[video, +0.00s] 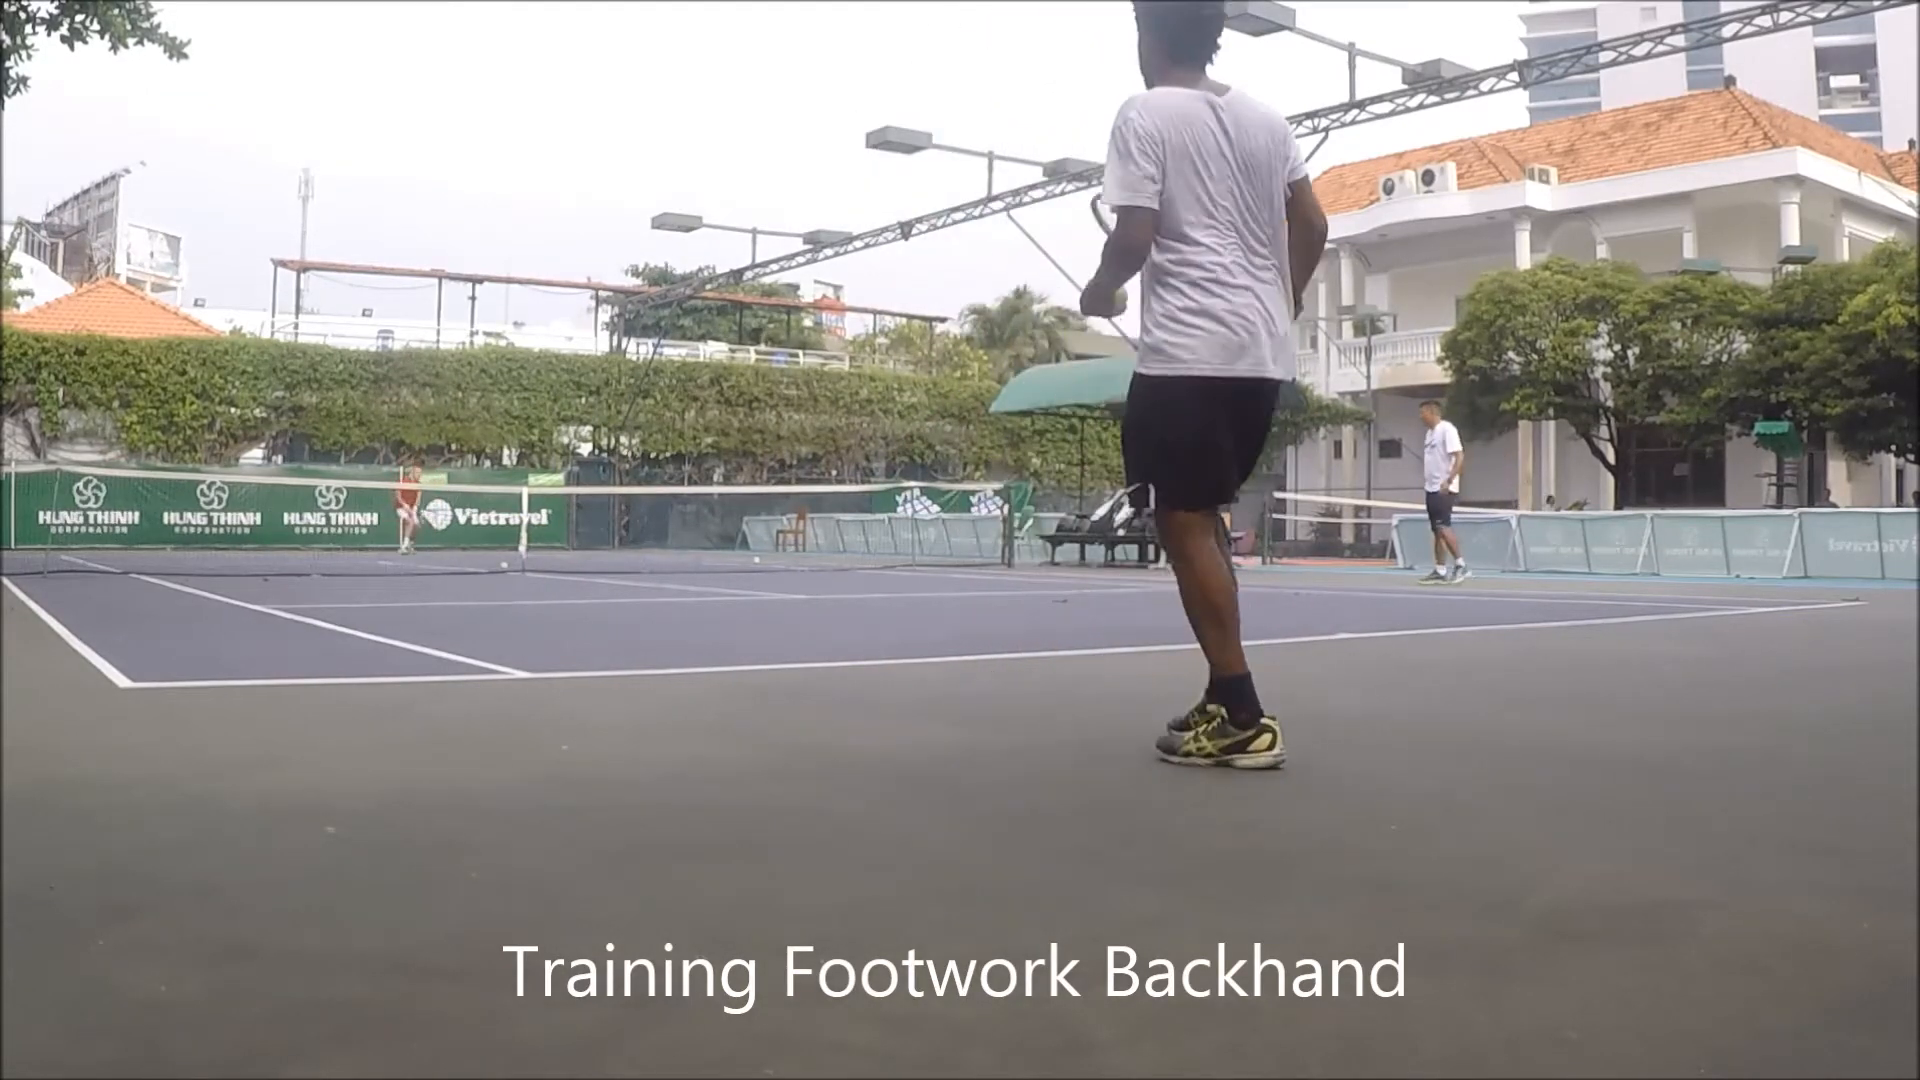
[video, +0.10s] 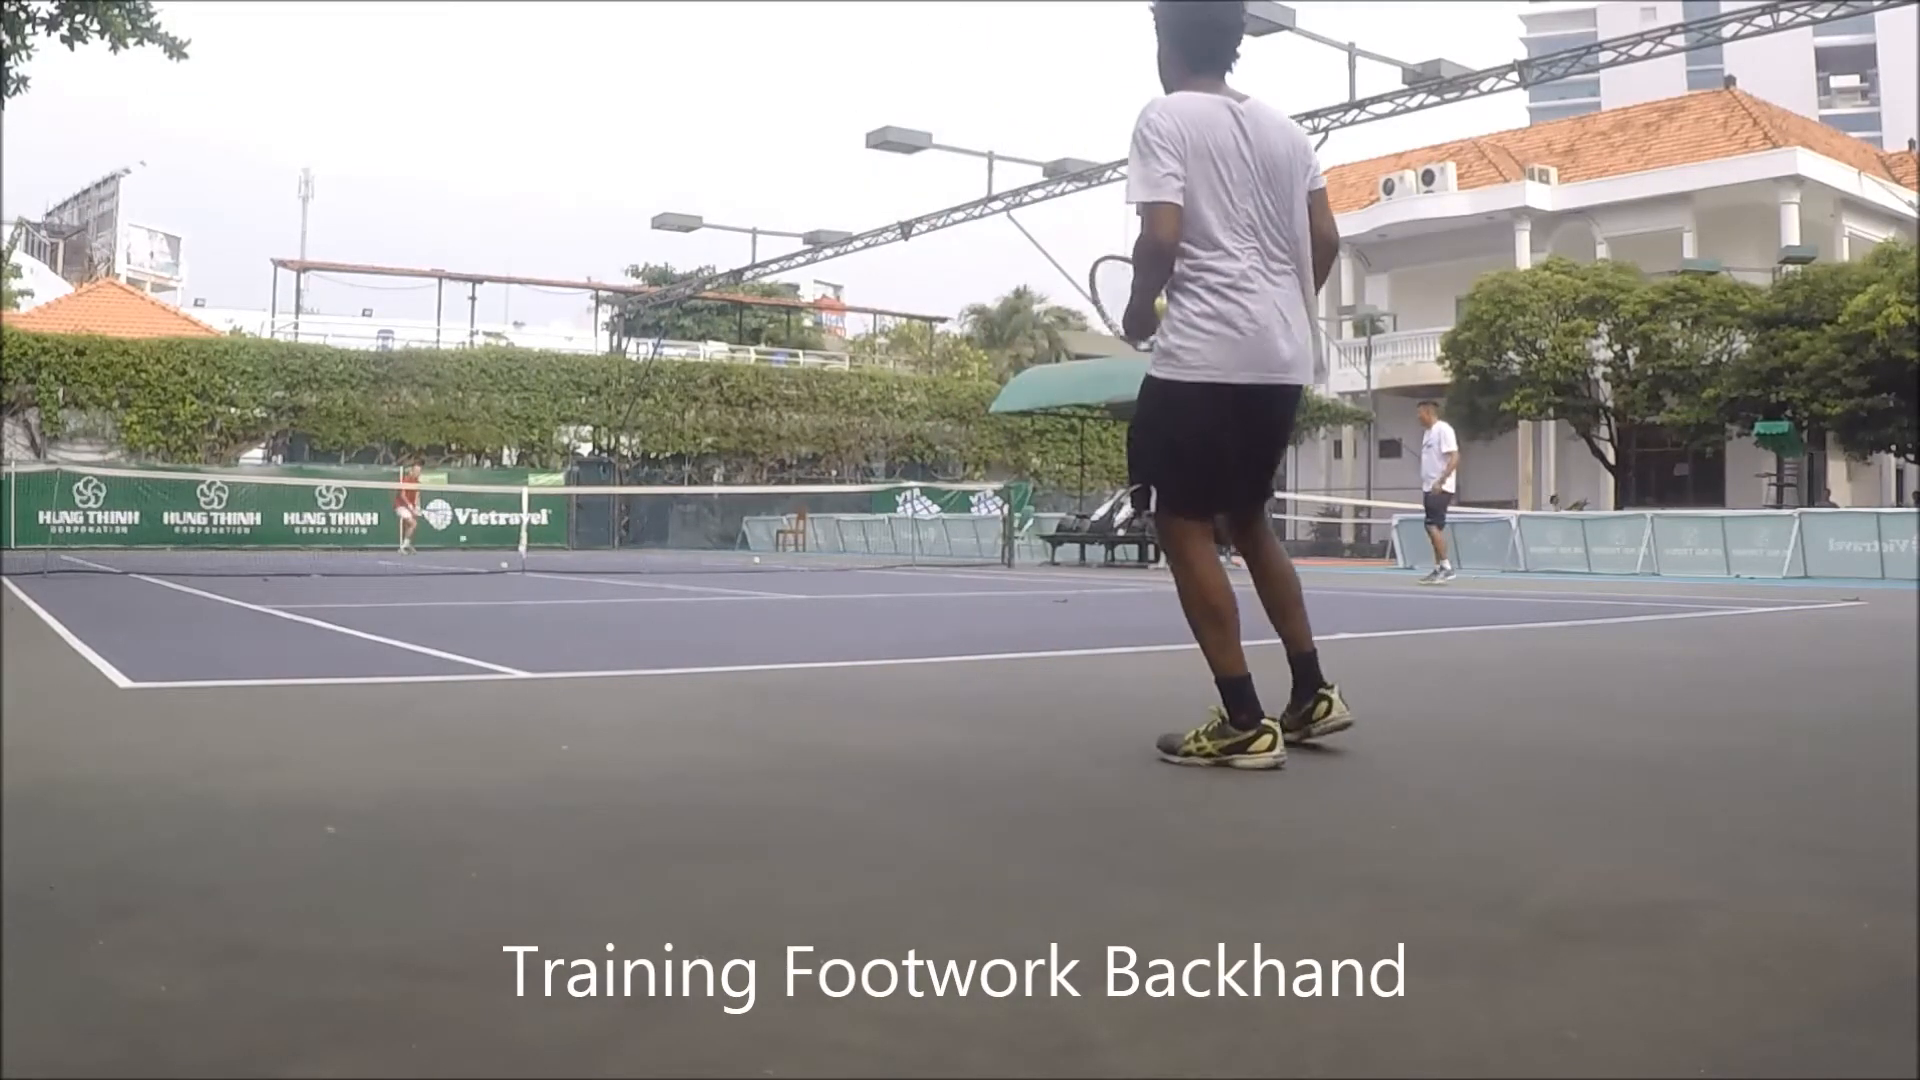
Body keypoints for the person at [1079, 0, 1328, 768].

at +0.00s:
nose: (1135, 47)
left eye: (1137, 32)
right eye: (1141, 32)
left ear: (1149, 37)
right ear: (1212, 42)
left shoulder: (1146, 113)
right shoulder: (1266, 122)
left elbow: (1136, 233)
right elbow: (1312, 228)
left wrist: (1102, 286)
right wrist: (1276, 303)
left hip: (1186, 357)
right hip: (1264, 359)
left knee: (1185, 525)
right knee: (1199, 520)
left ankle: (1243, 717)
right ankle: (1224, 697)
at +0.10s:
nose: (1154, 56)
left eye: (1156, 42)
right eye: (1159, 41)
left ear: (1169, 47)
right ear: (1231, 50)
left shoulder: (1165, 117)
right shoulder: (1286, 131)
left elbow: (1162, 236)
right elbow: (1325, 239)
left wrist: (1139, 309)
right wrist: (1285, 311)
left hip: (1202, 359)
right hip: (1284, 361)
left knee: (1185, 533)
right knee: (1249, 520)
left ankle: (1243, 722)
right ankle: (1313, 693)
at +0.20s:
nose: (1174, 60)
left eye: (1176, 47)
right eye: (1181, 45)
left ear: (1186, 51)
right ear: (1251, 54)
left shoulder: (1186, 122)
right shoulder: (1305, 139)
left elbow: (1189, 238)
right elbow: (1341, 249)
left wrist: (1165, 319)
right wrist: (1299, 322)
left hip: (1215, 363)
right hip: (1302, 365)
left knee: (1187, 531)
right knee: (1293, 524)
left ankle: (1245, 720)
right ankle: (1382, 692)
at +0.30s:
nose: (1196, 56)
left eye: (1199, 42)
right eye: (1203, 40)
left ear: (1208, 48)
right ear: (1273, 54)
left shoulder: (1208, 124)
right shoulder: (1325, 141)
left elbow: (1206, 238)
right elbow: (1360, 249)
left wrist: (1178, 314)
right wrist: (1312, 317)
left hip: (1231, 362)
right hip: (1323, 366)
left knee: (1200, 531)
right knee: (1336, 530)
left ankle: (1245, 720)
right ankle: (1401, 705)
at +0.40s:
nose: (1217, 62)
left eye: (1218, 47)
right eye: (1222, 47)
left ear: (1230, 52)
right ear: (1294, 54)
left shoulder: (1228, 123)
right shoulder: (1345, 139)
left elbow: (1220, 238)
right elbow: (1377, 250)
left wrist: (1184, 298)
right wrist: (1324, 310)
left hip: (1257, 358)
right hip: (1347, 360)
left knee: (1219, 523)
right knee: (1356, 525)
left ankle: (1246, 719)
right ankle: (1405, 707)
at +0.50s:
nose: (1232, 60)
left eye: (1235, 46)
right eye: (1237, 45)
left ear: (1246, 52)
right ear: (1312, 55)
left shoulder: (1244, 122)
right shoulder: (1359, 137)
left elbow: (1225, 239)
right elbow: (1394, 250)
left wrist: (1193, 289)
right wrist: (1341, 304)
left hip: (1274, 360)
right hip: (1366, 363)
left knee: (1230, 523)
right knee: (1367, 524)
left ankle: (1247, 719)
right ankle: (1407, 708)